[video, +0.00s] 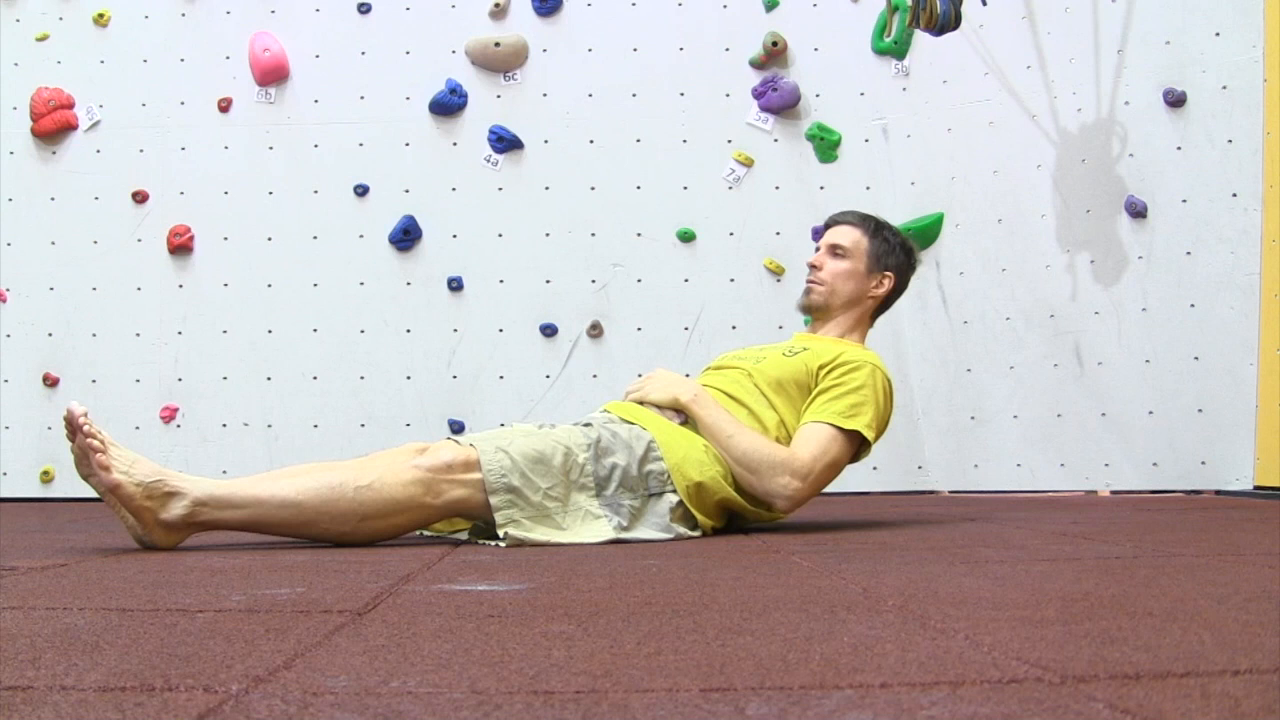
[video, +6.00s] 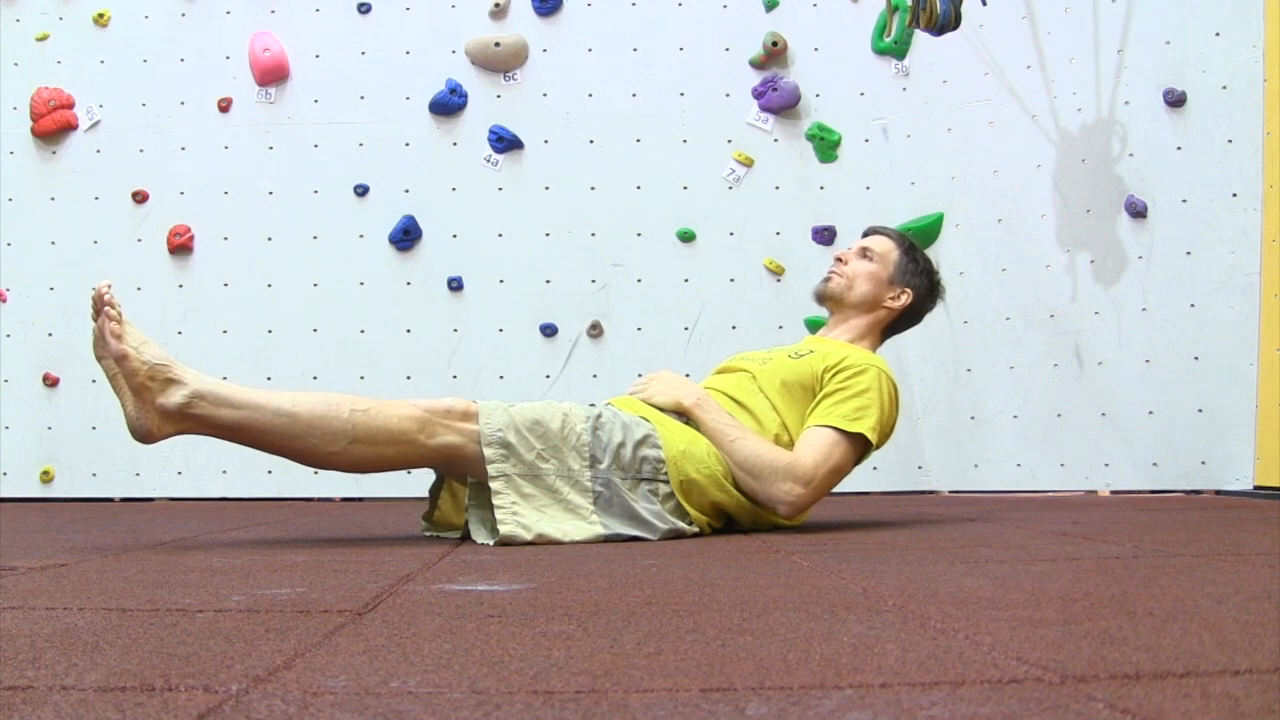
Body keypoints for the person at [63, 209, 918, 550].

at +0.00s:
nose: (815, 262)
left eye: (837, 256)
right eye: (819, 251)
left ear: (878, 288)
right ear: (824, 274)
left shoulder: (856, 369)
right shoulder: (789, 356)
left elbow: (788, 486)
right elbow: (747, 458)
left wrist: (694, 397)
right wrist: (665, 400)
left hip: (656, 465)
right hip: (626, 448)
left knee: (448, 474)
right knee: (430, 466)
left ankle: (185, 500)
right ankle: (179, 502)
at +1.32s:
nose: (809, 236)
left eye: (832, 231)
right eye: (814, 225)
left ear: (874, 266)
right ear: (820, 252)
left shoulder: (847, 351)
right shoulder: (783, 340)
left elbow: (785, 477)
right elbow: (750, 453)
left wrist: (686, 396)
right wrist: (665, 405)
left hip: (663, 464)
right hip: (638, 451)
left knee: (448, 424)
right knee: (430, 428)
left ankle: (182, 387)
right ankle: (181, 390)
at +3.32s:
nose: (821, 240)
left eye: (845, 237)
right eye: (828, 233)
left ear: (884, 279)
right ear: (837, 269)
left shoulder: (855, 361)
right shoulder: (787, 350)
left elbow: (788, 488)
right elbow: (745, 464)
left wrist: (691, 400)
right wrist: (673, 405)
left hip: (667, 458)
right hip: (644, 447)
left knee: (441, 423)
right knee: (431, 425)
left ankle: (180, 391)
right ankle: (180, 394)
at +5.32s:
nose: (841, 252)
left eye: (865, 251)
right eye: (848, 243)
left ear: (895, 296)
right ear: (848, 278)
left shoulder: (861, 372)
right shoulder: (800, 356)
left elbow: (791, 491)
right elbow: (752, 467)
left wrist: (698, 400)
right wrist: (675, 407)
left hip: (661, 461)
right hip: (642, 447)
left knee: (442, 427)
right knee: (432, 429)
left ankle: (178, 400)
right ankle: (179, 402)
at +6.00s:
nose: (844, 254)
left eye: (867, 254)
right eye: (853, 245)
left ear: (896, 300)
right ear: (857, 282)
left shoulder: (864, 375)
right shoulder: (801, 358)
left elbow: (791, 492)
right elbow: (747, 466)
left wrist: (700, 403)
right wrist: (673, 407)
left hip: (659, 460)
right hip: (638, 445)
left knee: (441, 428)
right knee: (429, 429)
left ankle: (178, 400)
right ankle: (179, 401)